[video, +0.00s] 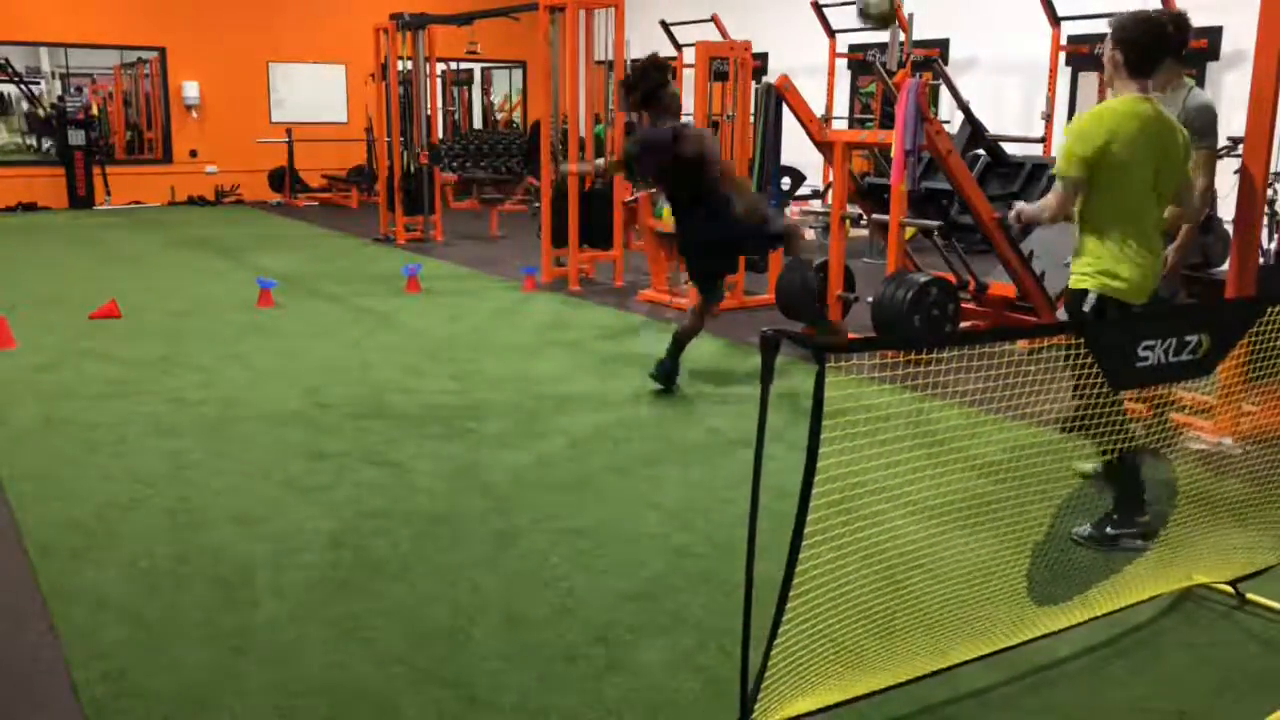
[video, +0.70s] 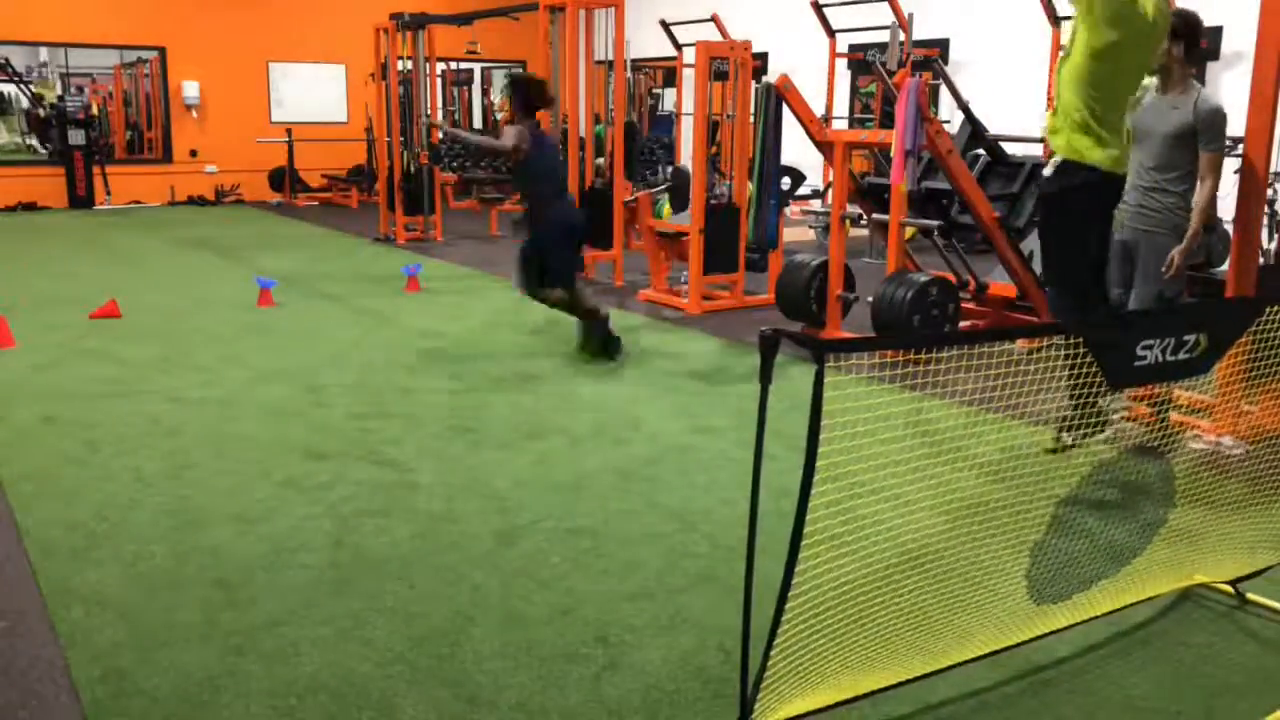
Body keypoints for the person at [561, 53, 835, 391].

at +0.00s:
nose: (680, 102)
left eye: (674, 99)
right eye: (675, 98)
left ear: (644, 111)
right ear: (674, 105)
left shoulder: (640, 147)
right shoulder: (700, 140)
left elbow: (604, 168)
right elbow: (729, 182)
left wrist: (563, 169)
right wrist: (761, 210)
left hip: (692, 237)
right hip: (728, 229)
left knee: (706, 305)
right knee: (792, 234)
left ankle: (668, 366)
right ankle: (815, 316)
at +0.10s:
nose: (707, 122)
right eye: (703, 115)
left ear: (665, 131)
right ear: (699, 124)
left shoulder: (663, 169)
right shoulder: (729, 155)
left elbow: (621, 200)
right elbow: (775, 175)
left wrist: (587, 230)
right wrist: (806, 195)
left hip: (709, 257)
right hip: (745, 248)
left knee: (718, 307)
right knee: (780, 310)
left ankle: (709, 365)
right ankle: (819, 363)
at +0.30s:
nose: (641, 127)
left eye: (644, 122)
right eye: (643, 121)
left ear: (651, 127)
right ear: (680, 126)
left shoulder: (659, 166)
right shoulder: (698, 163)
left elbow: (679, 211)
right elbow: (713, 209)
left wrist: (688, 258)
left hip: (694, 257)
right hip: (722, 251)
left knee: (670, 317)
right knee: (765, 311)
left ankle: (711, 362)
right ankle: (824, 370)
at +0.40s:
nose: (611, 124)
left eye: (613, 118)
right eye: (612, 118)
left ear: (618, 121)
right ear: (645, 121)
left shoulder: (625, 158)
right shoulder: (663, 151)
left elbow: (624, 207)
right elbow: (681, 185)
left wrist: (603, 241)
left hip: (668, 248)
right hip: (698, 239)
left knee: (656, 320)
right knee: (706, 311)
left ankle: (714, 365)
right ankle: (760, 337)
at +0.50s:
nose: (577, 122)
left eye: (579, 117)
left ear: (584, 119)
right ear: (613, 119)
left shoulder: (588, 152)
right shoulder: (628, 149)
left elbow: (554, 187)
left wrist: (518, 204)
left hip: (639, 231)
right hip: (660, 224)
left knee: (655, 307)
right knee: (654, 296)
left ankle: (715, 362)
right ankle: (668, 337)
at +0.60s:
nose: (541, 110)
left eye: (544, 105)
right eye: (544, 104)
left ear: (548, 109)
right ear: (575, 110)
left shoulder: (550, 140)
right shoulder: (586, 142)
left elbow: (513, 162)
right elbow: (612, 183)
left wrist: (462, 159)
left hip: (591, 221)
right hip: (609, 218)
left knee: (602, 288)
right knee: (599, 284)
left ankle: (668, 326)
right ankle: (609, 341)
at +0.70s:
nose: (508, 103)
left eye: (510, 98)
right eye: (511, 98)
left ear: (515, 103)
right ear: (538, 104)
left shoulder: (517, 131)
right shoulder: (545, 136)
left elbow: (504, 147)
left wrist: (455, 133)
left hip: (548, 222)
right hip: (566, 217)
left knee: (535, 284)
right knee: (566, 281)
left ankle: (592, 316)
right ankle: (597, 329)